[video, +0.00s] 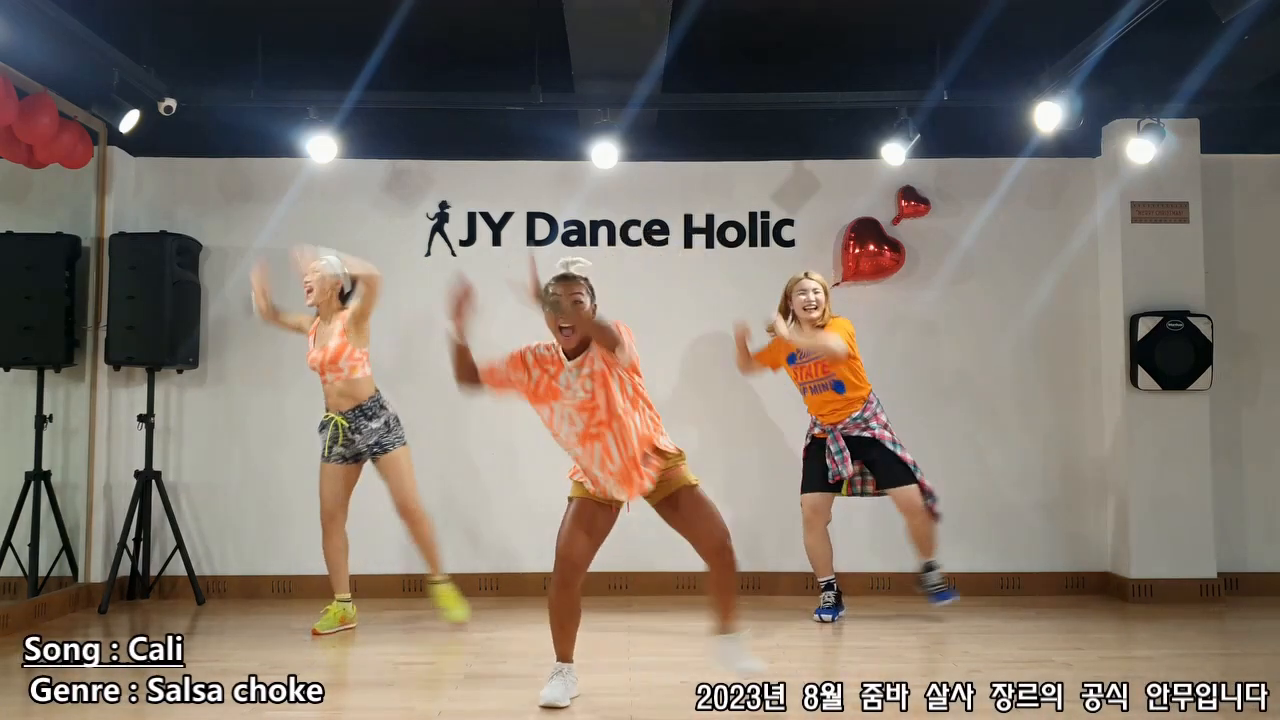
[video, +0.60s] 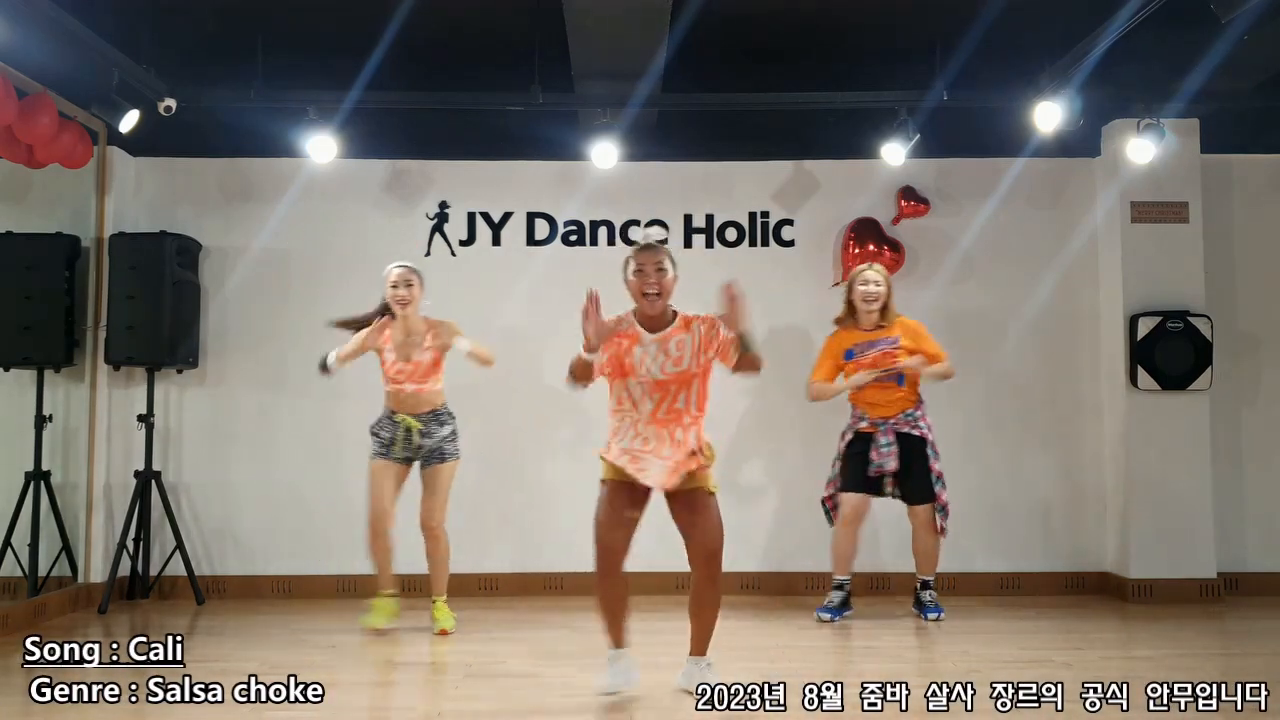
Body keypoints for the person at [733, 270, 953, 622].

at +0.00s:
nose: (810, 297)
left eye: (816, 291)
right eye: (801, 293)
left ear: (826, 299)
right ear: (789, 304)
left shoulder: (839, 327)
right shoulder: (784, 343)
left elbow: (835, 348)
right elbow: (748, 368)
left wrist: (789, 335)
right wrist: (741, 344)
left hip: (866, 425)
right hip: (824, 434)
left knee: (912, 501)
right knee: (813, 511)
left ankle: (929, 570)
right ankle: (829, 593)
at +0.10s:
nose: (808, 301)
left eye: (814, 297)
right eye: (802, 296)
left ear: (823, 304)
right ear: (790, 304)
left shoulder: (833, 330)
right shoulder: (785, 339)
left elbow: (802, 302)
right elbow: (743, 328)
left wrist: (762, 279)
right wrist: (725, 288)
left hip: (868, 429)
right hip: (826, 437)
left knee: (917, 504)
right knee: (811, 514)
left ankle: (966, 571)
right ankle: (829, 595)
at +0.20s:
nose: (808, 304)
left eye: (814, 299)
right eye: (802, 299)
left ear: (826, 306)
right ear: (791, 305)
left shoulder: (836, 331)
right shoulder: (790, 335)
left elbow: (807, 303)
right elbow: (746, 310)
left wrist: (764, 269)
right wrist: (716, 273)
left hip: (872, 432)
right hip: (832, 439)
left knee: (918, 508)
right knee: (813, 514)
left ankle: (970, 574)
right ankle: (829, 594)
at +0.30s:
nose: (820, 298)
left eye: (827, 293)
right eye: (812, 293)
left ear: (837, 301)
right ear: (800, 304)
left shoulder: (850, 325)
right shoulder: (796, 339)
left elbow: (849, 339)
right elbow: (749, 340)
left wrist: (801, 310)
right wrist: (736, 304)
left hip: (876, 427)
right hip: (836, 434)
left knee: (916, 509)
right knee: (818, 511)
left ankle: (955, 568)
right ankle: (829, 594)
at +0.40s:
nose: (836, 294)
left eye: (842, 288)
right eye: (828, 289)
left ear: (852, 296)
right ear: (815, 298)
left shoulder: (866, 329)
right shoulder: (808, 341)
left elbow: (887, 371)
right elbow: (770, 372)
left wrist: (840, 356)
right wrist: (765, 351)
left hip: (884, 430)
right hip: (841, 433)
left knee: (921, 511)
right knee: (824, 511)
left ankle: (936, 574)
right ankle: (830, 594)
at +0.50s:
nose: (853, 291)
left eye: (859, 286)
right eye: (846, 286)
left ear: (869, 294)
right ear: (833, 294)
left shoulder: (887, 332)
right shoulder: (824, 341)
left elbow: (916, 381)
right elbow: (795, 389)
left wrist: (881, 381)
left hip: (894, 431)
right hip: (850, 433)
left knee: (921, 513)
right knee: (833, 510)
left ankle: (925, 589)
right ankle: (831, 592)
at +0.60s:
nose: (870, 289)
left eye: (877, 283)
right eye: (863, 283)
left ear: (888, 291)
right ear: (851, 291)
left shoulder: (909, 330)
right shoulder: (840, 339)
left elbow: (947, 369)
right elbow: (815, 391)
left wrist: (920, 369)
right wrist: (851, 381)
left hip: (909, 430)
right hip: (864, 432)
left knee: (923, 512)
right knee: (849, 508)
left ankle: (926, 592)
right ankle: (839, 592)